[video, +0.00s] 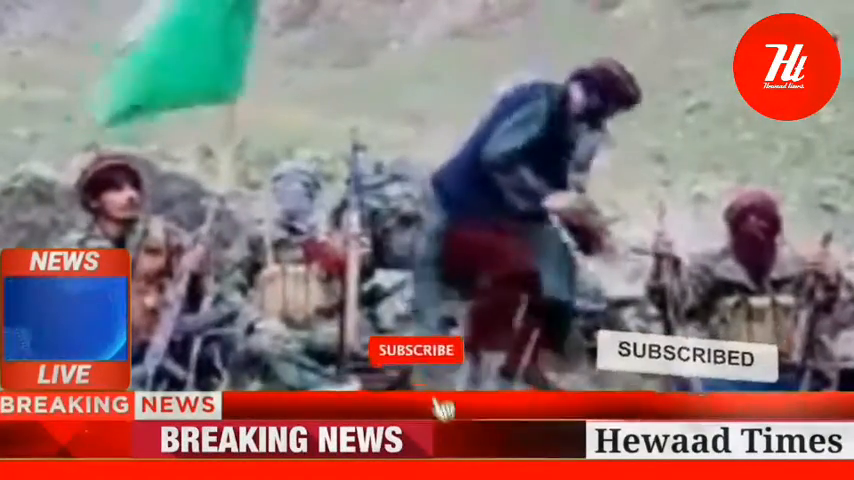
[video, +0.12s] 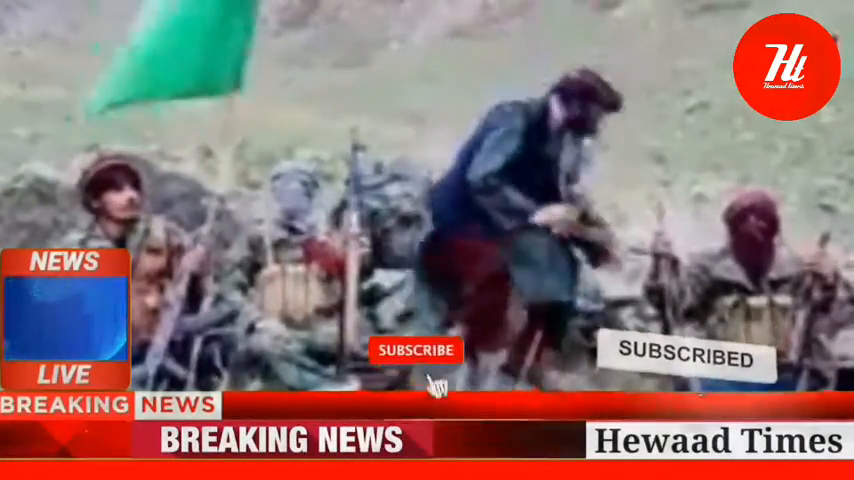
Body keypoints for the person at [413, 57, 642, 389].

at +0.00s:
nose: (604, 118)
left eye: (610, 112)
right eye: (606, 108)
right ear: (589, 92)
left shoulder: (569, 130)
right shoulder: (542, 103)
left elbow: (551, 186)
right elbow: (496, 156)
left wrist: (579, 223)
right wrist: (547, 199)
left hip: (507, 224)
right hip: (467, 220)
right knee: (513, 271)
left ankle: (521, 366)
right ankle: (474, 358)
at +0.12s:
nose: (595, 126)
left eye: (598, 118)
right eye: (593, 115)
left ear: (570, 105)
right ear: (572, 105)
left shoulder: (557, 140)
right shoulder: (516, 120)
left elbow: (553, 198)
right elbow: (482, 179)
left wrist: (590, 237)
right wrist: (534, 213)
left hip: (495, 232)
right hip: (457, 228)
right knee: (491, 277)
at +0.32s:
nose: (578, 169)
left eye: (581, 162)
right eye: (576, 159)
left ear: (556, 155)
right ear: (555, 152)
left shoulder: (559, 191)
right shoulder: (494, 168)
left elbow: (586, 245)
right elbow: (463, 224)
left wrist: (626, 287)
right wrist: (523, 253)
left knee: (564, 270)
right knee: (464, 260)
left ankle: (520, 366)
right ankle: (472, 364)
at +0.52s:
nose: (555, 214)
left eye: (560, 206)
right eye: (549, 204)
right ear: (523, 199)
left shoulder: (554, 226)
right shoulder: (481, 209)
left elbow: (587, 261)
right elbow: (450, 262)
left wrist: (629, 299)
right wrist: (508, 291)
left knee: (559, 272)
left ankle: (533, 357)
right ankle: (460, 365)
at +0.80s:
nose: (505, 215)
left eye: (510, 206)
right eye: (497, 206)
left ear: (516, 204)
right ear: (475, 203)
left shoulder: (523, 229)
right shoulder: (457, 219)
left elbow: (558, 264)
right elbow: (437, 243)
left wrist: (609, 295)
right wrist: (484, 259)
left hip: (512, 301)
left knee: (551, 288)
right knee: (434, 280)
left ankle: (526, 358)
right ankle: (454, 366)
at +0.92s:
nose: (503, 210)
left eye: (507, 202)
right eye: (495, 202)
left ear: (512, 201)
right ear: (472, 200)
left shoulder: (518, 230)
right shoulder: (448, 223)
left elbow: (557, 264)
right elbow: (427, 239)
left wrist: (606, 297)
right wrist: (478, 248)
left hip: (508, 315)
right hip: (462, 315)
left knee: (549, 288)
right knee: (438, 271)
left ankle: (531, 360)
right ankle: (452, 366)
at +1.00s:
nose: (506, 213)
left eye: (511, 205)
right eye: (498, 204)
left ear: (517, 204)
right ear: (476, 201)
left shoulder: (521, 232)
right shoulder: (449, 222)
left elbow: (559, 262)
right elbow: (426, 241)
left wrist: (610, 294)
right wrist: (475, 250)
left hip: (503, 314)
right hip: (458, 313)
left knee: (551, 282)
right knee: (442, 274)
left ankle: (526, 359)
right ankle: (451, 365)